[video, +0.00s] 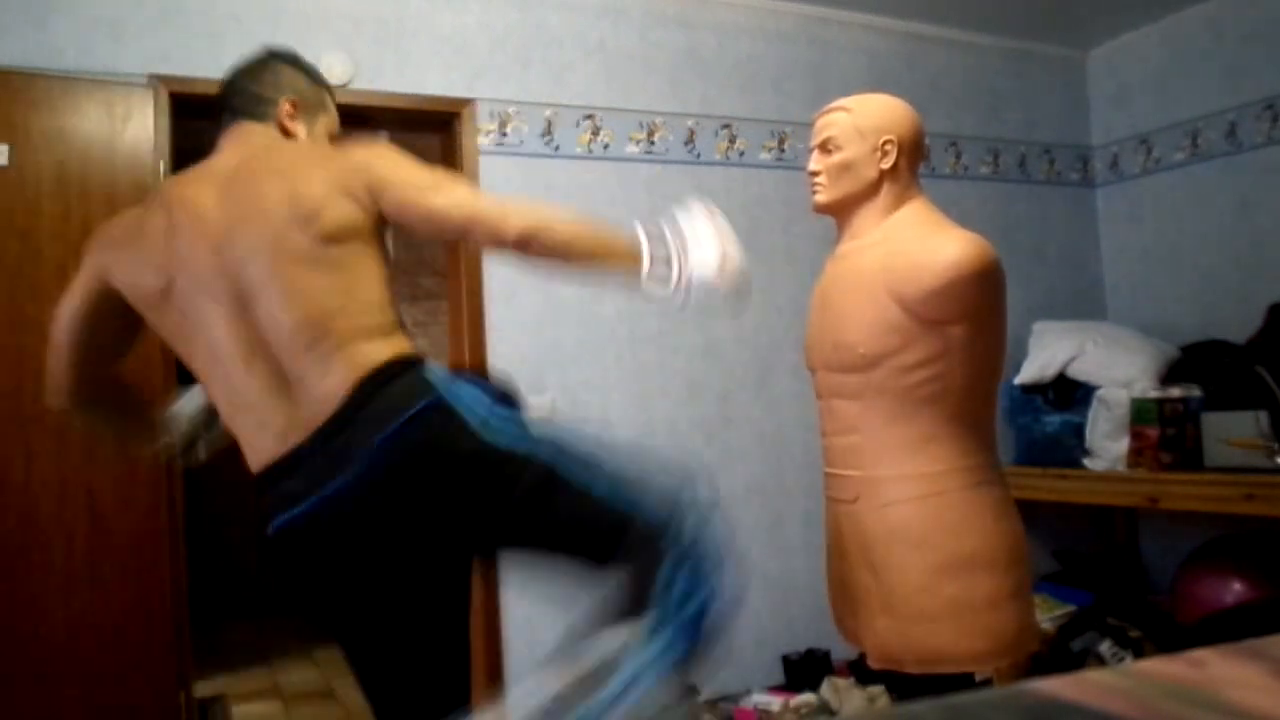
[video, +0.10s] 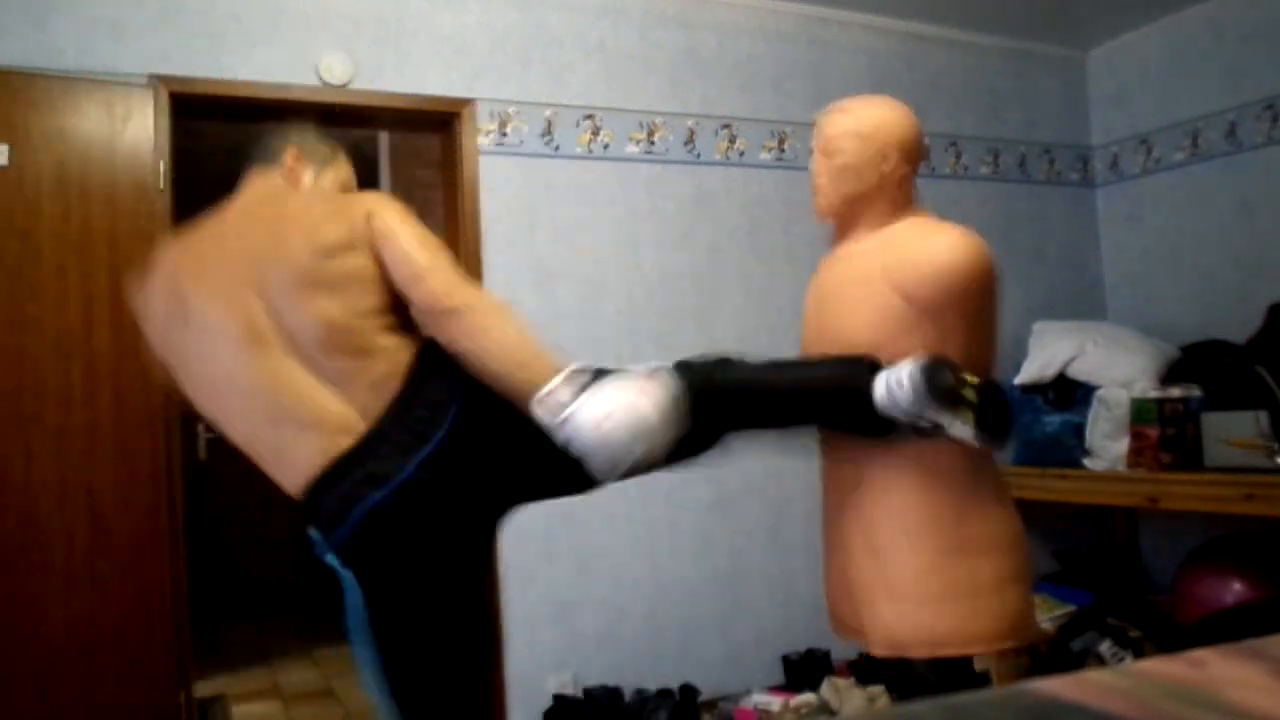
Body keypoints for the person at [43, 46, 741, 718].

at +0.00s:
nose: (331, 142)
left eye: (331, 127)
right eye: (329, 125)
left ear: (231, 119)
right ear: (290, 115)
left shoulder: (127, 239)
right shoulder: (335, 165)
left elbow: (70, 390)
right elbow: (512, 230)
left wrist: (162, 433)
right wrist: (657, 254)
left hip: (312, 518)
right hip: (422, 439)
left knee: (416, 706)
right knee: (662, 530)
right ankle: (646, 692)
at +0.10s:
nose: (348, 203)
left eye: (340, 190)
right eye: (344, 188)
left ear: (248, 176)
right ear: (305, 170)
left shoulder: (159, 288)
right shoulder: (357, 209)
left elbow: (232, 406)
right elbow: (450, 309)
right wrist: (566, 396)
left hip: (381, 538)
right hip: (473, 435)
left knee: (442, 716)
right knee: (682, 403)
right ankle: (895, 393)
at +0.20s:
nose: (350, 224)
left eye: (345, 213)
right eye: (343, 209)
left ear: (258, 215)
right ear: (300, 201)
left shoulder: (198, 348)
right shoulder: (326, 221)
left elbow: (293, 458)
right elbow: (403, 316)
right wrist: (548, 404)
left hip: (379, 547)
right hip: (458, 453)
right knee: (718, 452)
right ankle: (965, 452)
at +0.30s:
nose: (358, 226)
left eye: (351, 221)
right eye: (351, 217)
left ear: (266, 240)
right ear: (327, 214)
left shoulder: (220, 374)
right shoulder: (333, 225)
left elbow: (299, 525)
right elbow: (425, 291)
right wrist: (573, 350)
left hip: (378, 543)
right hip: (466, 455)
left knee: (455, 716)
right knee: (700, 556)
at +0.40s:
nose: (360, 213)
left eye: (359, 207)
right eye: (357, 204)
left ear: (289, 220)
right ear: (328, 203)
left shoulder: (227, 355)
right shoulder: (363, 220)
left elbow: (238, 517)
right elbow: (480, 265)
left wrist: (350, 499)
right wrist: (616, 329)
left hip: (360, 532)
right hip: (462, 456)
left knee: (444, 713)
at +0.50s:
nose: (395, 207)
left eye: (396, 196)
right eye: (391, 194)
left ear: (324, 184)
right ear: (345, 178)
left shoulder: (239, 321)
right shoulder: (378, 204)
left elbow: (191, 477)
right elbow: (518, 280)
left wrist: (314, 504)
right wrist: (619, 339)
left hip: (335, 517)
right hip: (429, 467)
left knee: (424, 703)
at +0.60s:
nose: (420, 186)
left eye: (421, 172)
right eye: (414, 169)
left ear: (354, 157)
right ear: (362, 153)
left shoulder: (263, 277)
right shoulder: (380, 200)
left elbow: (195, 440)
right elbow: (484, 322)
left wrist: (312, 472)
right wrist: (569, 359)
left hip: (311, 502)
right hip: (381, 490)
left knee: (442, 696)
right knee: (408, 702)